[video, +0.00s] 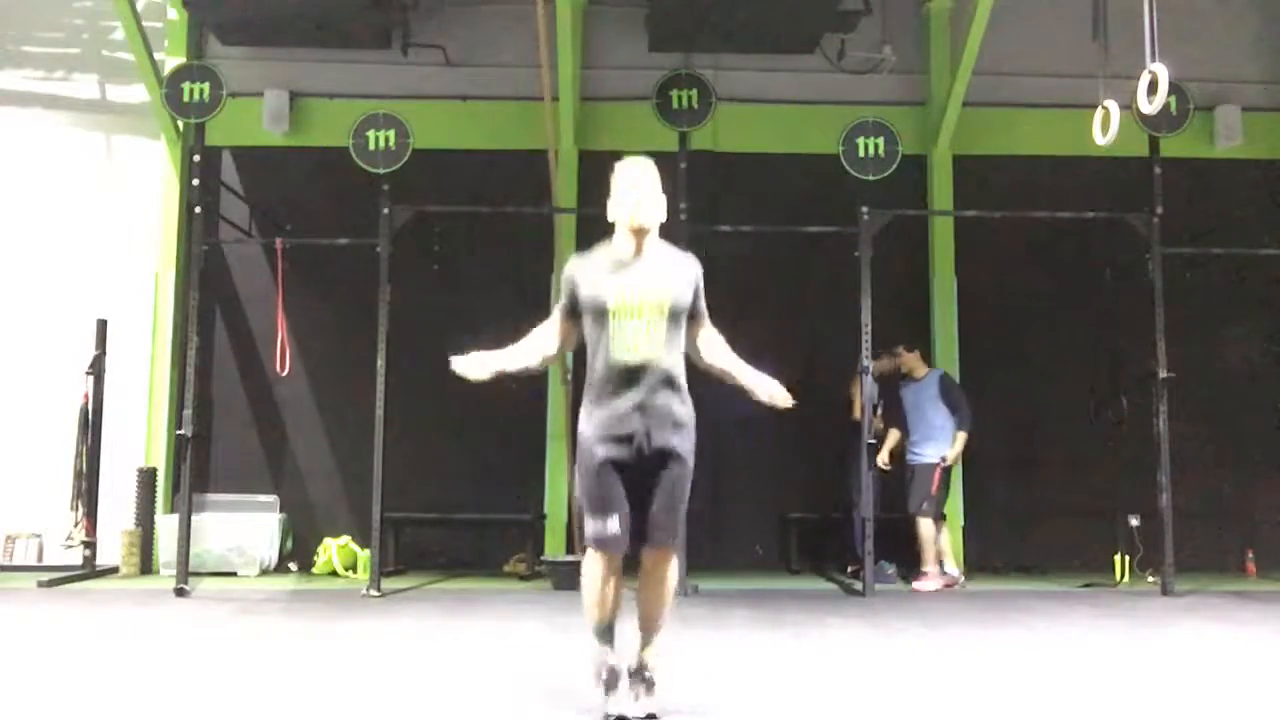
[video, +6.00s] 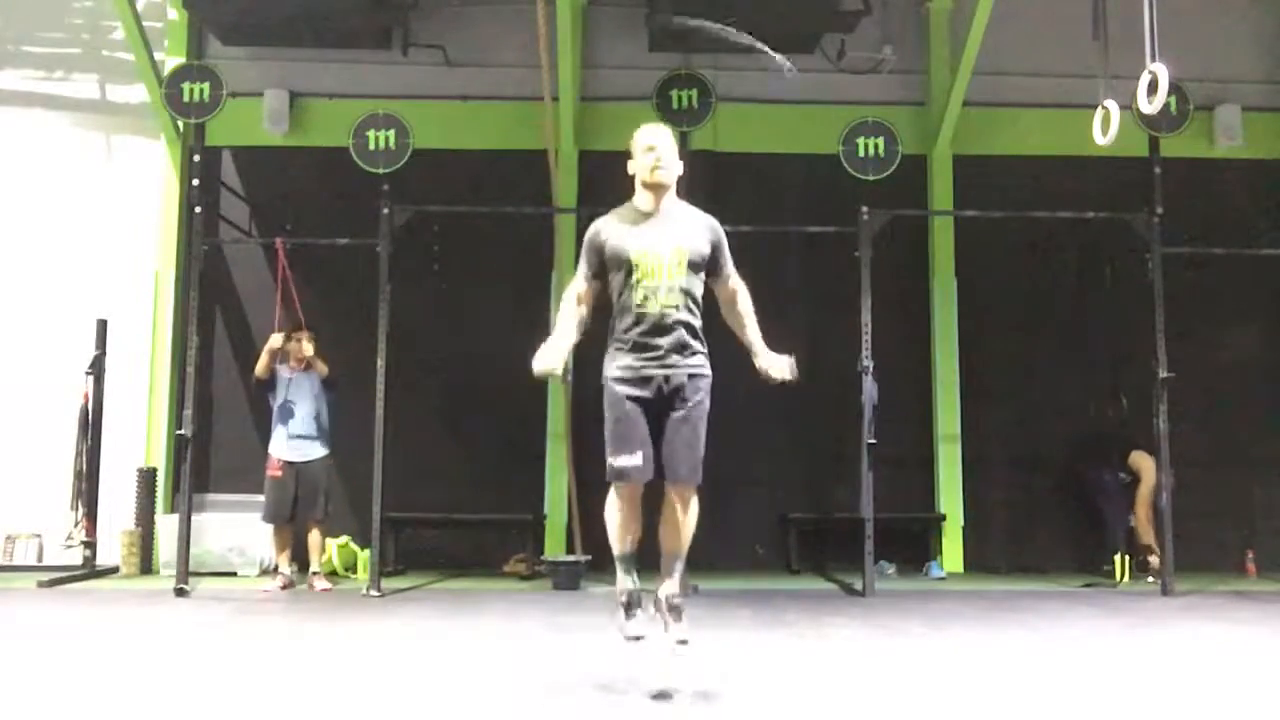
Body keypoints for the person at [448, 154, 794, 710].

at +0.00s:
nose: (642, 201)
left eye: (650, 191)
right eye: (632, 191)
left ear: (663, 202)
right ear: (612, 202)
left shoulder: (685, 269)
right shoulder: (582, 269)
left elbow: (704, 339)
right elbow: (554, 338)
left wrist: (752, 378)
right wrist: (496, 360)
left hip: (670, 421)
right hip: (603, 422)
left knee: (661, 546)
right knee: (606, 542)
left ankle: (644, 663)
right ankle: (604, 653)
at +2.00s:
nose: (648, 154)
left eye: (655, 147)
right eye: (637, 146)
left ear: (670, 159)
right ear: (619, 158)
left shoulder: (696, 224)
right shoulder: (593, 228)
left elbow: (727, 293)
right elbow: (571, 296)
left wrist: (764, 350)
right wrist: (544, 344)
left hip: (678, 364)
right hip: (616, 366)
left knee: (676, 477)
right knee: (618, 475)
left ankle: (662, 595)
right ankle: (623, 595)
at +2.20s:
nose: (649, 203)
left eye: (656, 194)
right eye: (639, 194)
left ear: (670, 205)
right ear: (620, 205)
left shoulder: (693, 269)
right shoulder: (592, 269)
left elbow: (714, 335)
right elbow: (562, 336)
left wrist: (764, 381)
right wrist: (505, 367)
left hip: (681, 416)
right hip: (617, 417)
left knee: (677, 532)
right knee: (624, 531)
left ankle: (660, 637)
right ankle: (619, 631)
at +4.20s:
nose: (648, 165)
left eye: (656, 157)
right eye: (638, 157)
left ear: (670, 170)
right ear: (620, 170)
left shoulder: (696, 234)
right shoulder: (594, 237)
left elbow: (728, 304)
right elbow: (565, 309)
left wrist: (775, 357)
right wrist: (524, 355)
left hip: (678, 374)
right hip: (616, 375)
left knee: (674, 493)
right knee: (619, 485)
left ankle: (664, 601)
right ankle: (618, 597)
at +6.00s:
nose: (657, 159)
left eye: (665, 152)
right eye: (647, 151)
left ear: (680, 165)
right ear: (631, 163)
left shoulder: (705, 228)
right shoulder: (604, 231)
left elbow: (732, 295)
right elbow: (580, 297)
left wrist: (761, 352)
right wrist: (558, 344)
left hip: (688, 370)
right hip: (626, 370)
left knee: (683, 483)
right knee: (629, 478)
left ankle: (671, 597)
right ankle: (628, 592)